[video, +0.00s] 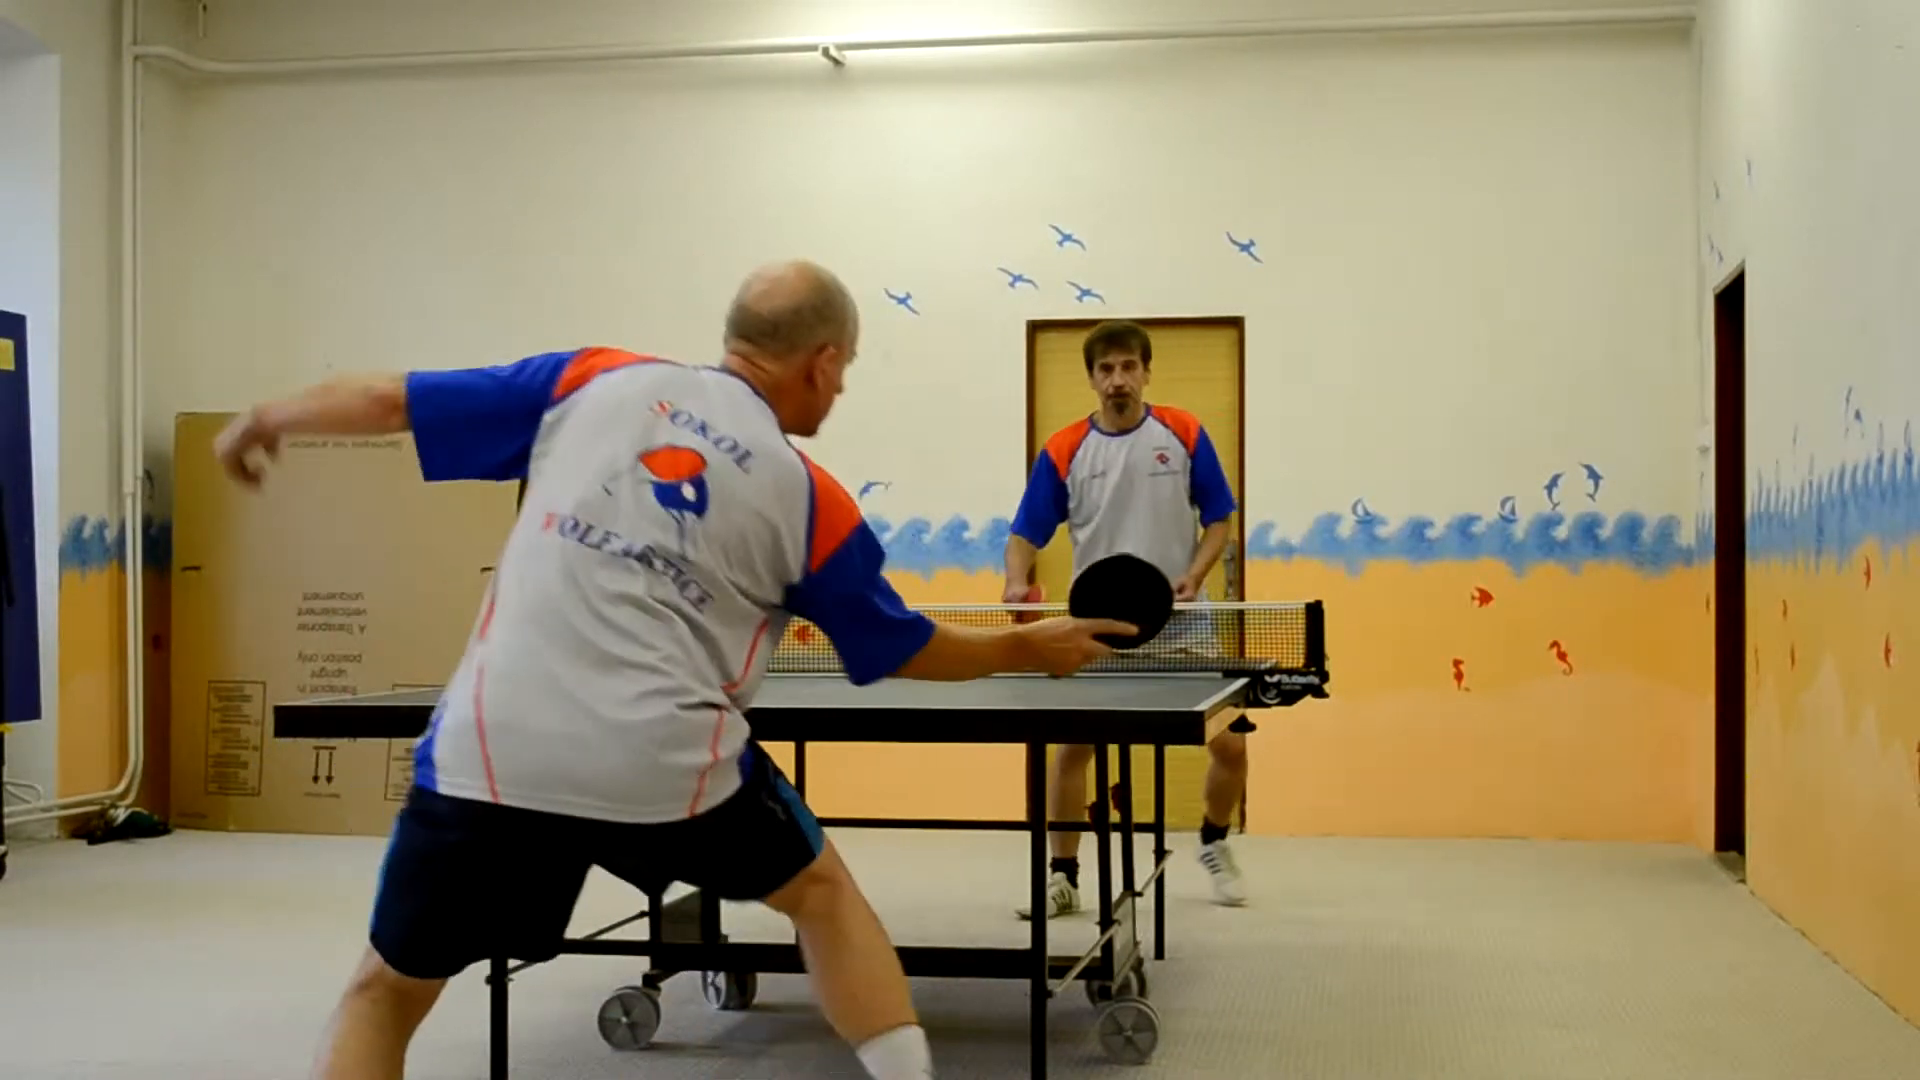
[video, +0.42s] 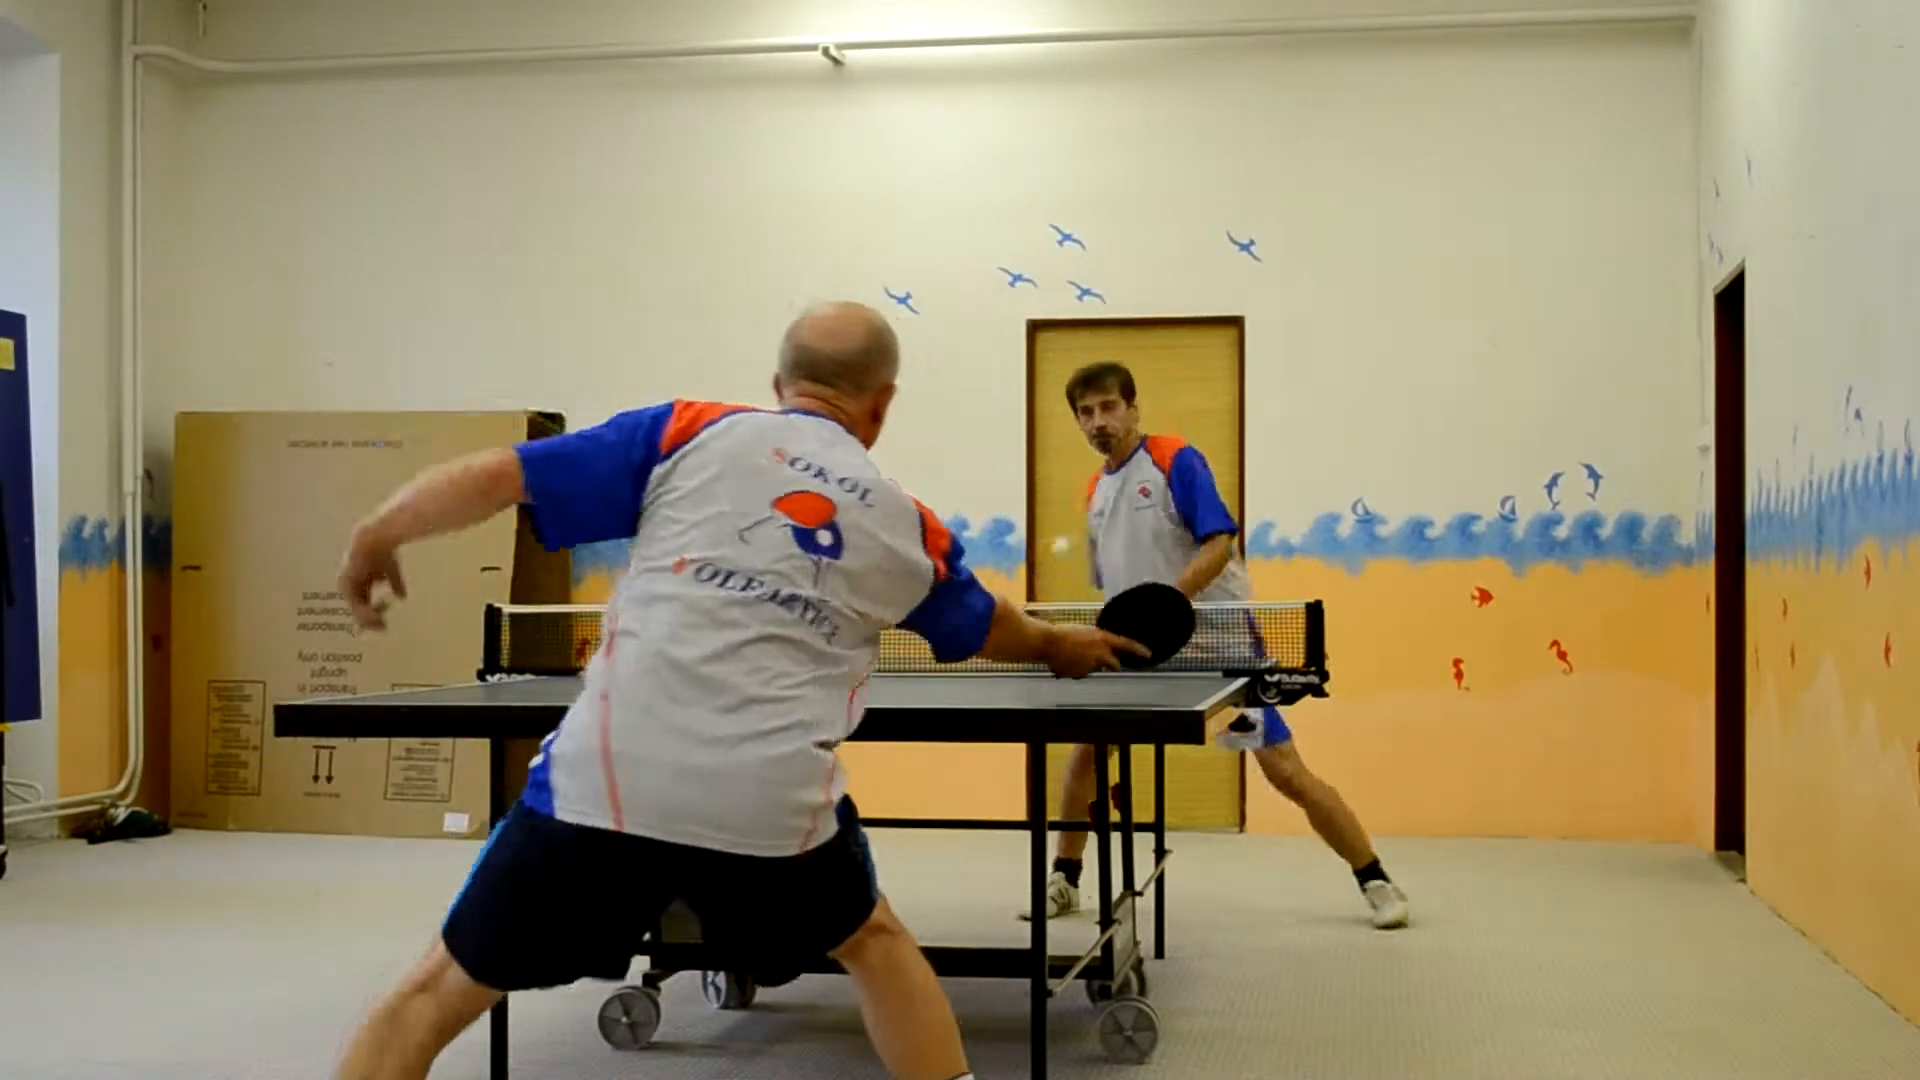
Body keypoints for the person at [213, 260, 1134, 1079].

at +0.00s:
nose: (838, 394)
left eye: (841, 373)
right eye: (841, 373)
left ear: (729, 340)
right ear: (811, 366)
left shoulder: (589, 376)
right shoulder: (807, 495)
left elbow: (399, 401)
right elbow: (901, 648)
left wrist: (270, 416)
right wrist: (1032, 644)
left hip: (484, 761)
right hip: (668, 773)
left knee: (386, 989)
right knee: (825, 896)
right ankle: (907, 1074)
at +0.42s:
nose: (886, 409)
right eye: (889, 397)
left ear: (777, 378)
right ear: (880, 405)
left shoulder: (682, 433)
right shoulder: (903, 524)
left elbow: (503, 477)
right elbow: (996, 632)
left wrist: (378, 531)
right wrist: (1063, 644)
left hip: (592, 811)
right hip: (774, 831)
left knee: (434, 994)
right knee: (878, 953)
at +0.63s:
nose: (788, 387)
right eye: (790, 374)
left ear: (671, 346)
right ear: (776, 378)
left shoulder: (560, 414)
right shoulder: (795, 504)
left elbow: (371, 491)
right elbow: (925, 649)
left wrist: (265, 574)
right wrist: (1019, 652)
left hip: (468, 776)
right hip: (655, 795)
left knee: (341, 984)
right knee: (816, 976)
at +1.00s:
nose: (744, 370)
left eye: (742, 351)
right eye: (744, 352)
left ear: (631, 333)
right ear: (734, 352)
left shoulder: (510, 419)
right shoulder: (710, 486)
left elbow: (365, 566)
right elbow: (804, 711)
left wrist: (291, 672)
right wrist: (928, 716)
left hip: (406, 801)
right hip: (590, 817)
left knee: (294, 1000)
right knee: (780, 948)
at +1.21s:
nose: (703, 258)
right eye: (706, 242)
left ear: (586, 242)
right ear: (698, 250)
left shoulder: (482, 382)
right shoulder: (719, 417)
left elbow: (420, 596)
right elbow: (759, 656)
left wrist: (336, 778)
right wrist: (815, 696)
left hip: (509, 778)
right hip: (681, 782)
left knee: (431, 971)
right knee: (850, 934)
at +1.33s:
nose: (637, 197)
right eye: (640, 181)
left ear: (511, 198)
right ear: (636, 194)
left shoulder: (436, 358)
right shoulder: (691, 365)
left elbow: (406, 567)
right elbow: (817, 569)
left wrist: (371, 696)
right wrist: (925, 638)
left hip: (497, 753)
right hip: (679, 744)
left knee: (441, 954)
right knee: (857, 911)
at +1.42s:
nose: (637, 168)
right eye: (642, 152)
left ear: (505, 169)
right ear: (634, 163)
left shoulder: (431, 319)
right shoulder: (685, 333)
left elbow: (379, 522)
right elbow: (836, 526)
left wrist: (377, 561)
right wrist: (969, 583)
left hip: (477, 732)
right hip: (661, 726)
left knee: (428, 940)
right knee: (847, 915)